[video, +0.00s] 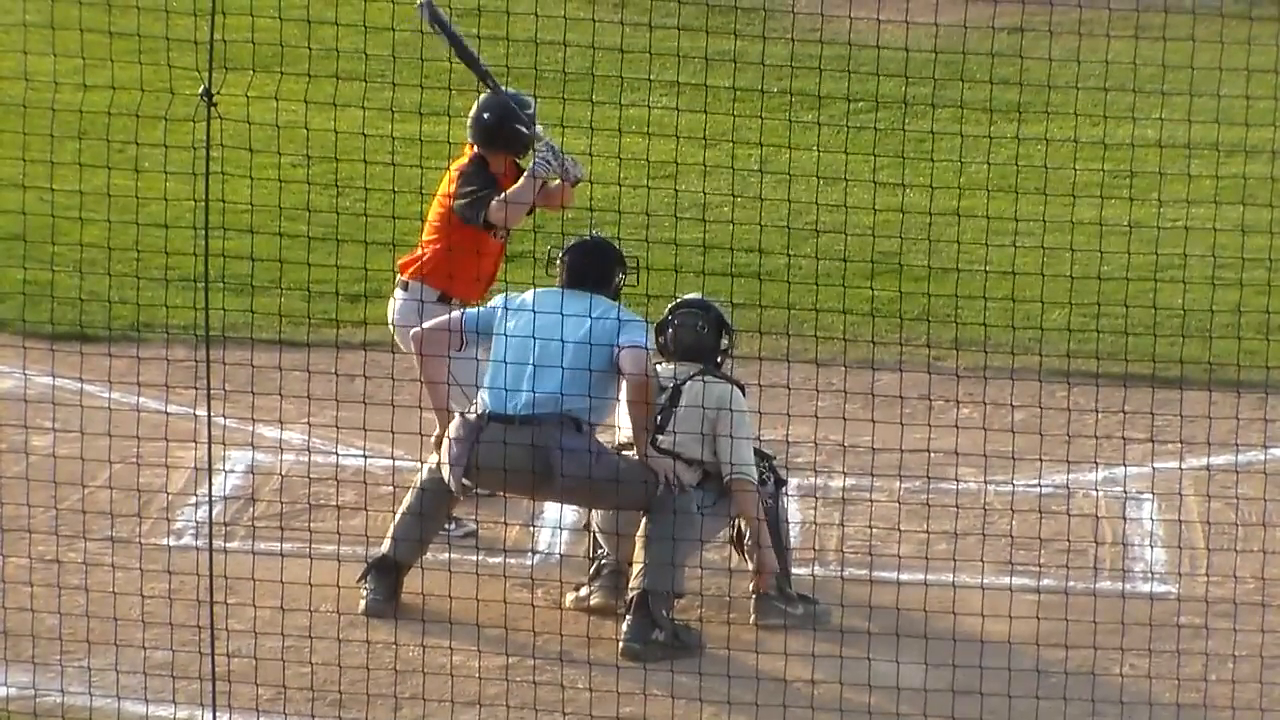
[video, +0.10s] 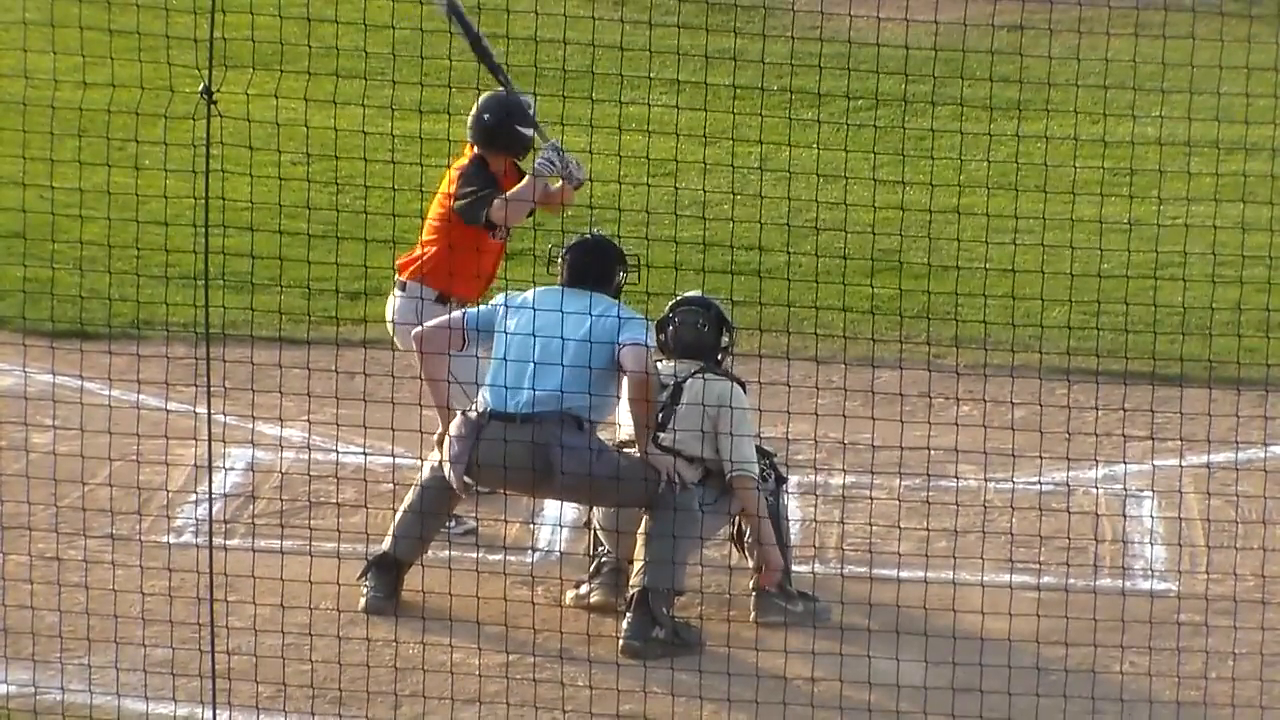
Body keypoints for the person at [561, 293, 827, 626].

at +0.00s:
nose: (724, 346)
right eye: (721, 339)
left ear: (662, 342)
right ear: (716, 346)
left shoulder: (636, 382)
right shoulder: (724, 394)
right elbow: (740, 479)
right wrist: (763, 548)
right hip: (690, 510)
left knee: (615, 470)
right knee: (765, 476)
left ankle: (606, 578)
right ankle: (776, 593)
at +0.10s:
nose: (723, 342)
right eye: (720, 335)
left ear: (663, 339)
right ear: (716, 343)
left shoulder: (637, 379)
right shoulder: (725, 391)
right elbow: (742, 477)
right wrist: (767, 546)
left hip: (628, 499)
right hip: (691, 508)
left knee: (616, 465)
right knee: (766, 471)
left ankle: (608, 575)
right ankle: (775, 590)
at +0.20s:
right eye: (720, 335)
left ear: (663, 340)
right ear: (717, 344)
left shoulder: (636, 378)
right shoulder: (726, 391)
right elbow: (744, 476)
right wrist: (769, 546)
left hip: (628, 503)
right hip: (694, 509)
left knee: (615, 468)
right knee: (765, 474)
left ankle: (607, 576)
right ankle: (775, 591)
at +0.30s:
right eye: (722, 338)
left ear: (664, 342)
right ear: (718, 345)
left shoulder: (637, 381)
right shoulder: (727, 394)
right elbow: (745, 478)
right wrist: (770, 547)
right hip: (693, 515)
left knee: (617, 469)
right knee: (766, 472)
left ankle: (607, 577)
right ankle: (774, 593)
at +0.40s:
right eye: (722, 339)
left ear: (666, 342)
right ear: (720, 347)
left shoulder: (638, 380)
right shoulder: (728, 395)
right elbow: (746, 480)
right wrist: (769, 548)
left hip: (628, 510)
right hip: (693, 516)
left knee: (618, 469)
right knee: (766, 473)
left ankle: (607, 578)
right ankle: (774, 593)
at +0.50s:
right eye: (724, 342)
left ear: (666, 343)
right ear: (721, 349)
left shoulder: (639, 380)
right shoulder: (727, 396)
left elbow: (615, 444)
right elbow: (746, 481)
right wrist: (768, 548)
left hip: (630, 507)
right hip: (695, 513)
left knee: (620, 471)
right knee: (767, 477)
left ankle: (606, 579)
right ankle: (775, 594)